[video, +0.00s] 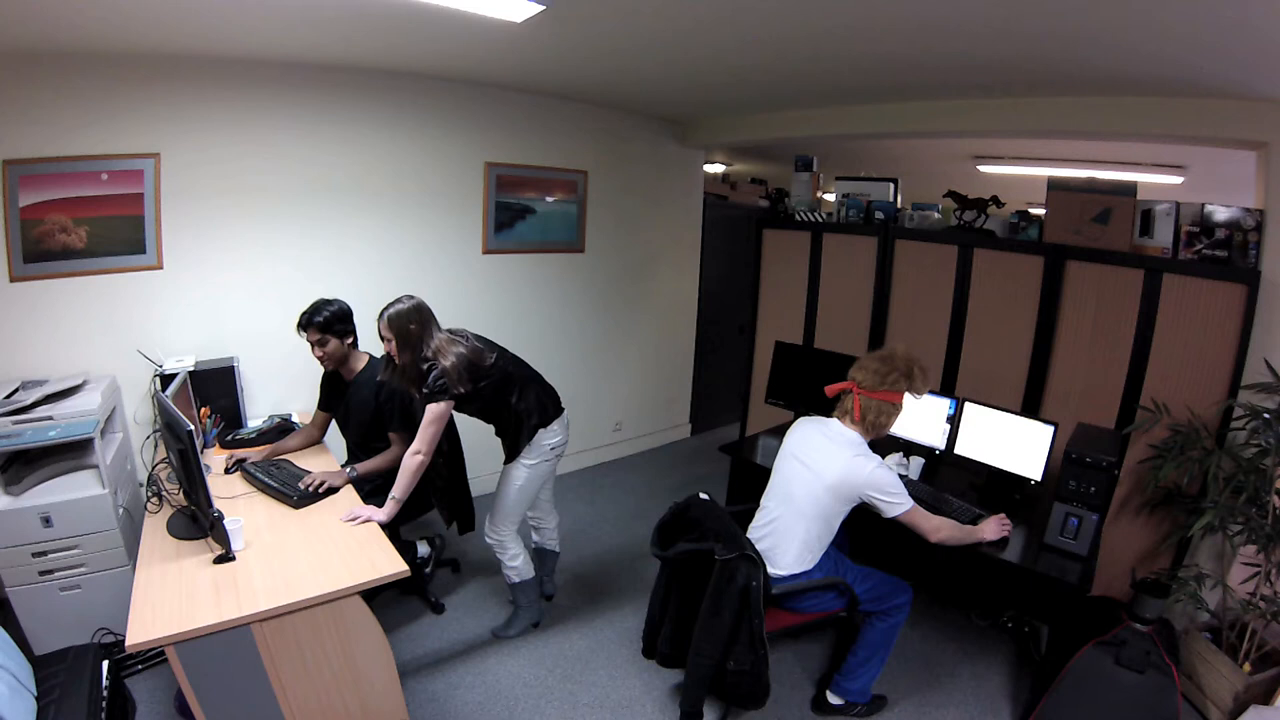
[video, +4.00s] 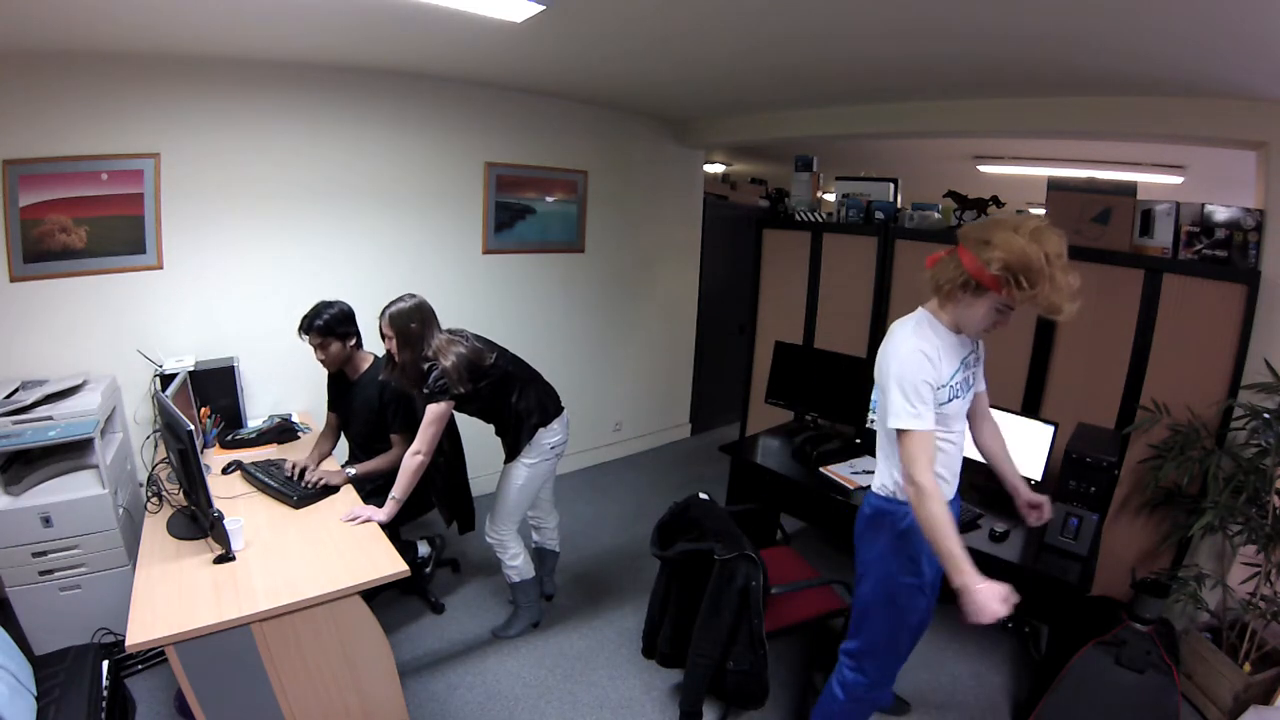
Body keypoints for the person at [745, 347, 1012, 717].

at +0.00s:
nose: (895, 420)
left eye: (897, 412)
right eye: (896, 413)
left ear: (848, 398)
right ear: (886, 417)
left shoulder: (802, 426)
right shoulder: (868, 468)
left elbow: (819, 478)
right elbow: (934, 530)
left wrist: (874, 471)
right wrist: (981, 531)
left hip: (748, 552)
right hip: (786, 577)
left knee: (837, 545)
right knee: (896, 596)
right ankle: (844, 695)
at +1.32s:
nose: (930, 361)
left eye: (932, 352)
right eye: (931, 351)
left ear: (882, 335)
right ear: (917, 347)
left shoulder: (829, 373)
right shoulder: (900, 406)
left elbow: (815, 449)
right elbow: (917, 504)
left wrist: (862, 481)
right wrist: (957, 528)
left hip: (784, 511)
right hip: (827, 529)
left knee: (856, 519)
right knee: (893, 605)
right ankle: (836, 708)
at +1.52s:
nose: (951, 322)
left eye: (954, 311)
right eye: (947, 308)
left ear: (914, 302)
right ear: (918, 301)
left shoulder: (867, 339)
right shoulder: (899, 369)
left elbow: (840, 426)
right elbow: (864, 471)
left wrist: (877, 486)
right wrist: (895, 541)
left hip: (822, 491)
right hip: (847, 508)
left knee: (857, 587)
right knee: (892, 641)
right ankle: (838, 716)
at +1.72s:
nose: (975, 322)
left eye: (980, 310)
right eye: (974, 307)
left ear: (946, 296)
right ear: (943, 291)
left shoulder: (919, 346)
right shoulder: (890, 362)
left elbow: (914, 425)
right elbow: (872, 486)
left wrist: (941, 491)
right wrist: (912, 574)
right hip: (861, 514)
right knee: (877, 669)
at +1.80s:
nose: (987, 318)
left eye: (994, 307)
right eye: (987, 302)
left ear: (960, 288)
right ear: (954, 282)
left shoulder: (935, 339)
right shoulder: (898, 354)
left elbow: (946, 415)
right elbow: (897, 481)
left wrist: (985, 479)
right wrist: (960, 571)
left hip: (892, 501)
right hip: (860, 509)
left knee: (887, 600)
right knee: (856, 664)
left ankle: (865, 665)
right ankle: (838, 709)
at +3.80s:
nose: (998, 329)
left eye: (1004, 318)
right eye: (996, 316)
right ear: (966, 293)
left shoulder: (959, 340)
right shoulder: (904, 355)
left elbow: (966, 419)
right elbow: (894, 486)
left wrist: (988, 494)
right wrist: (906, 590)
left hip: (948, 510)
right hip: (910, 519)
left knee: (919, 614)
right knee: (889, 641)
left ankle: (880, 689)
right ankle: (838, 713)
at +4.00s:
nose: (1003, 324)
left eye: (1009, 313)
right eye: (1002, 310)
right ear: (974, 287)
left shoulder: (965, 338)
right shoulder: (910, 350)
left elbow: (980, 418)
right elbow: (918, 481)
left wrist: (1018, 488)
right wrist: (968, 581)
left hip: (936, 509)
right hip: (897, 519)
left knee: (908, 615)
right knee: (869, 653)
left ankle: (873, 688)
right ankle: (834, 714)